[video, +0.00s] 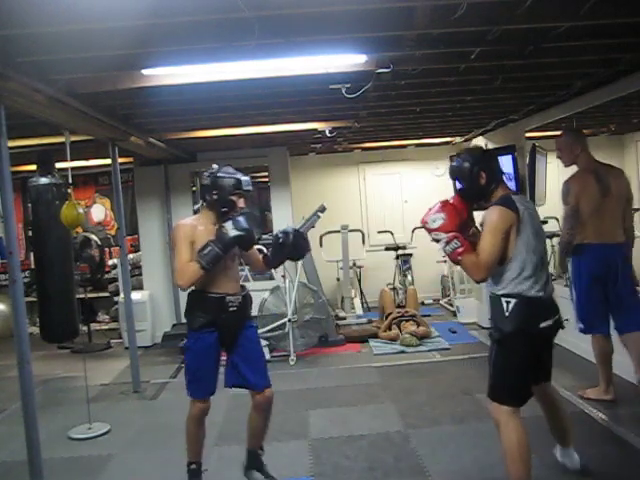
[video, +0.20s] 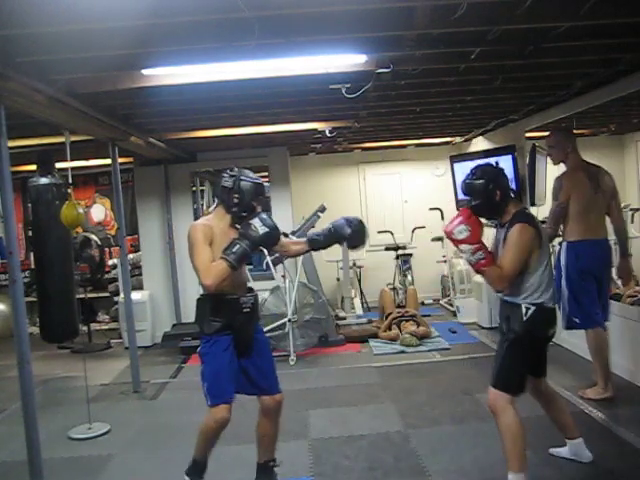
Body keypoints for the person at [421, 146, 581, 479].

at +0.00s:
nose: (462, 189)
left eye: (464, 182)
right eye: (460, 182)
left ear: (480, 178)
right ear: (492, 176)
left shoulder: (499, 211)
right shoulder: (521, 204)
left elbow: (478, 271)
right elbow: (496, 260)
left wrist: (449, 238)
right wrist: (468, 229)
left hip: (516, 319)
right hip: (542, 313)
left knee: (503, 406)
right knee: (541, 385)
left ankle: (520, 474)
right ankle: (568, 453)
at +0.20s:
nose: (478, 207)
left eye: (480, 200)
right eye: (475, 201)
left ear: (497, 194)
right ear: (501, 194)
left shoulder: (522, 227)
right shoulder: (508, 225)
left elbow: (502, 281)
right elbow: (498, 275)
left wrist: (475, 250)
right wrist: (475, 249)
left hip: (529, 317)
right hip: (524, 314)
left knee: (499, 399)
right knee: (538, 385)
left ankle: (516, 474)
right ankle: (577, 446)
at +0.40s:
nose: (463, 193)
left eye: (466, 187)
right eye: (461, 188)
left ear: (482, 184)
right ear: (481, 185)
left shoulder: (510, 208)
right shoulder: (484, 211)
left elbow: (496, 247)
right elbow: (475, 251)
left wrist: (455, 226)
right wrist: (454, 226)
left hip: (522, 294)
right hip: (508, 293)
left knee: (495, 374)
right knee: (534, 369)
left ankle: (518, 435)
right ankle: (572, 431)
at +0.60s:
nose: (447, 201)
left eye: (448, 195)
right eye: (445, 196)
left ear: (462, 189)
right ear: (469, 187)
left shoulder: (491, 212)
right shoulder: (470, 215)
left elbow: (475, 254)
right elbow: (459, 253)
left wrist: (446, 229)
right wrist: (437, 231)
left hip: (505, 294)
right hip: (489, 293)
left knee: (488, 373)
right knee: (492, 357)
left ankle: (517, 435)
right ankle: (523, 402)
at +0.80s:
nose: (436, 199)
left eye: (439, 193)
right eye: (433, 194)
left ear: (454, 191)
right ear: (434, 194)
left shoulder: (480, 218)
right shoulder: (446, 218)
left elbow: (478, 263)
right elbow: (439, 257)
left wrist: (453, 240)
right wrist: (428, 233)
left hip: (484, 292)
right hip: (463, 291)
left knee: (481, 367)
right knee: (467, 350)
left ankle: (514, 435)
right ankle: (485, 396)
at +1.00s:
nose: (427, 195)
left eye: (431, 189)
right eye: (424, 190)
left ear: (447, 187)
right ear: (424, 191)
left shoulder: (467, 213)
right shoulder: (430, 211)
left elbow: (467, 256)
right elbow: (419, 247)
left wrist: (446, 228)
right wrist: (414, 225)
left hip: (463, 280)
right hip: (440, 280)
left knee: (460, 351)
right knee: (449, 346)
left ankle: (484, 406)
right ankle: (481, 393)